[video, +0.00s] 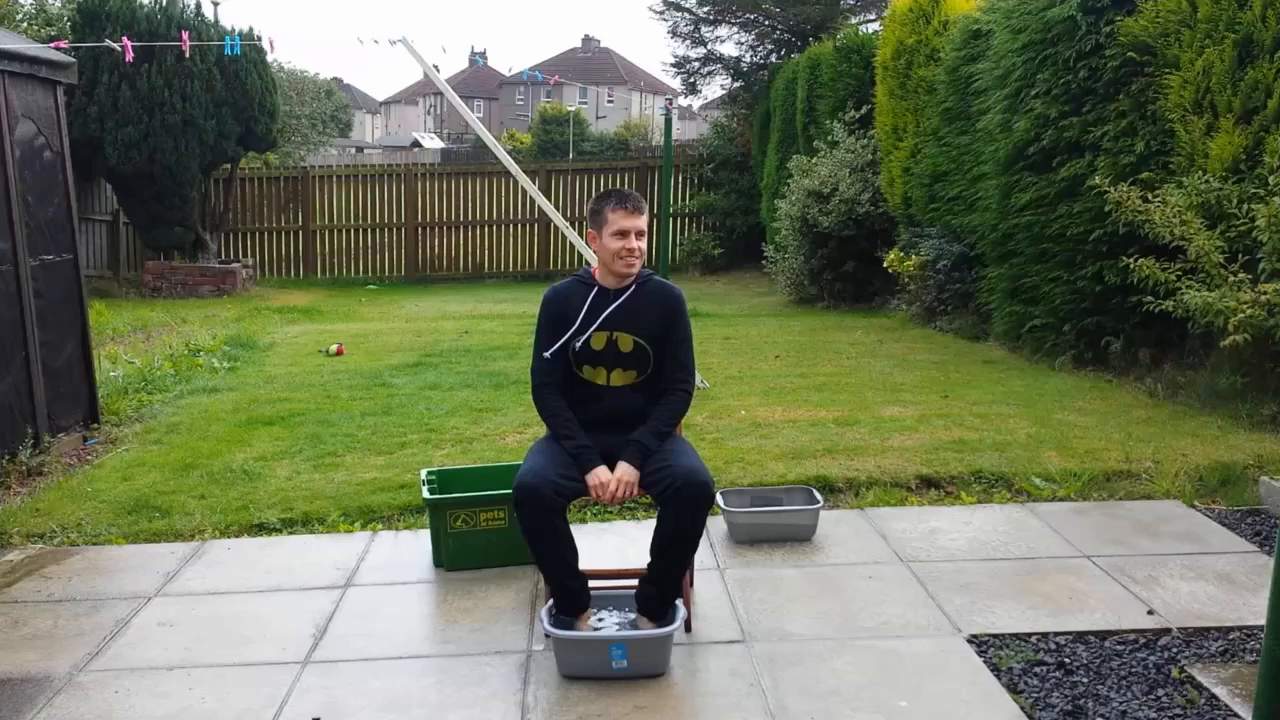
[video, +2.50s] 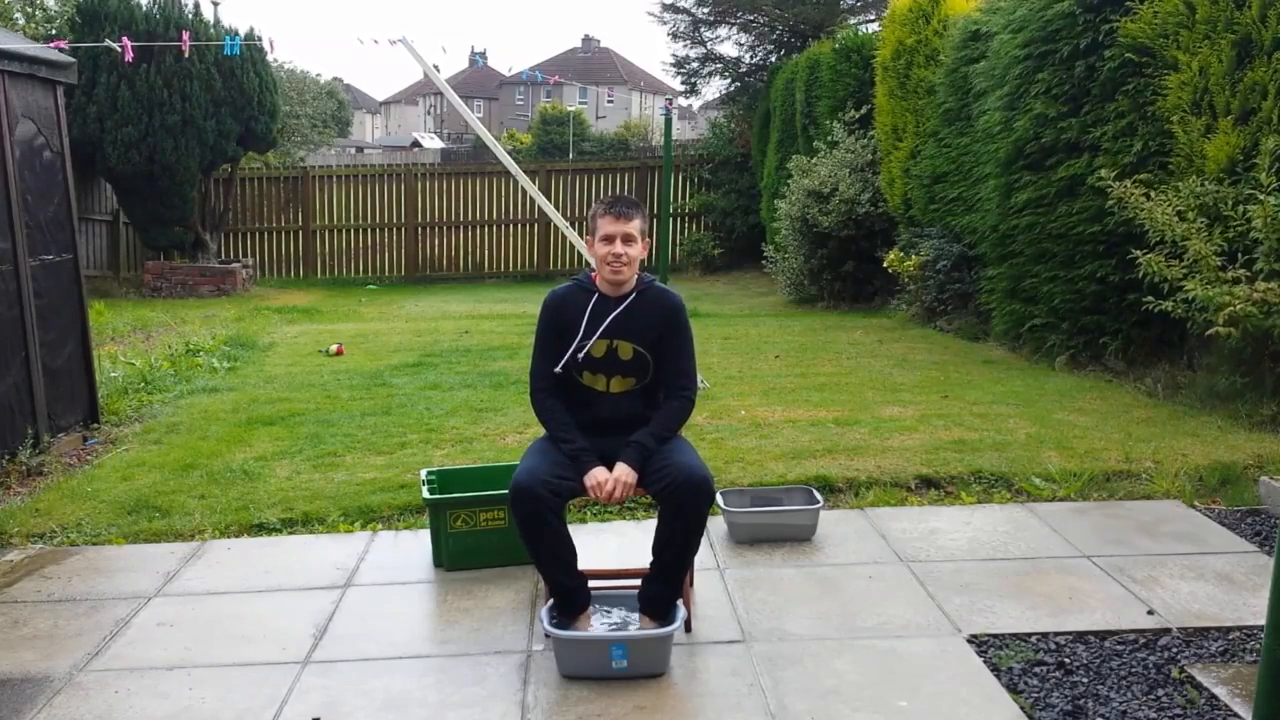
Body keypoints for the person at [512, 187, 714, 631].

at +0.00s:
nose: (633, 245)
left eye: (639, 235)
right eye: (620, 235)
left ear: (648, 238)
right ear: (594, 239)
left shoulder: (666, 300)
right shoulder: (561, 300)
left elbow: (679, 389)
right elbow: (545, 388)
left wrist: (634, 457)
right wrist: (589, 461)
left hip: (649, 434)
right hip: (575, 435)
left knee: (694, 486)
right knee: (531, 489)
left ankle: (655, 601)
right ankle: (572, 602)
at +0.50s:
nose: (627, 241)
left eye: (636, 231)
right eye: (615, 232)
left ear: (649, 239)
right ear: (595, 240)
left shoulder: (670, 301)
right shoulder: (566, 299)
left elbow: (680, 390)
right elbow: (547, 386)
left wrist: (633, 456)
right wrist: (588, 460)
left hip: (650, 434)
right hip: (575, 435)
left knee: (693, 486)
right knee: (530, 489)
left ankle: (654, 605)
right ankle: (573, 606)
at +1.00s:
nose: (604, 248)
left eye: (615, 238)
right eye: (593, 238)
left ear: (631, 244)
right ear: (577, 242)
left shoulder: (655, 297)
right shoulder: (550, 304)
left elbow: (673, 385)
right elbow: (541, 394)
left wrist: (634, 455)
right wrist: (589, 461)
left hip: (646, 433)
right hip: (573, 437)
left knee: (692, 479)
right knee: (528, 491)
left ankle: (658, 600)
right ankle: (572, 604)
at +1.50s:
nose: (618, 250)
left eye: (630, 239)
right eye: (609, 239)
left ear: (648, 247)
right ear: (594, 245)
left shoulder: (670, 305)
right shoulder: (565, 301)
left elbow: (683, 395)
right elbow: (546, 388)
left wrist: (631, 456)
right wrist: (586, 461)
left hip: (648, 435)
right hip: (574, 436)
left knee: (689, 484)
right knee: (527, 487)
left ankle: (654, 604)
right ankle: (569, 604)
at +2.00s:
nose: (646, 250)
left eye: (658, 241)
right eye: (637, 239)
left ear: (672, 249)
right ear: (619, 243)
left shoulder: (683, 312)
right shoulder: (579, 299)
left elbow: (686, 396)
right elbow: (552, 385)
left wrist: (635, 454)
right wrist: (588, 460)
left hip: (650, 436)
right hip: (577, 435)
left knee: (695, 485)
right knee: (533, 485)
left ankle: (655, 605)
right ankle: (575, 603)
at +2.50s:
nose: (617, 250)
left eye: (628, 240)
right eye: (607, 240)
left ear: (644, 248)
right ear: (590, 246)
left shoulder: (665, 306)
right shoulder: (561, 304)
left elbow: (681, 394)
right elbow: (543, 392)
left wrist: (634, 458)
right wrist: (587, 462)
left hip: (648, 435)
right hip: (574, 437)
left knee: (694, 484)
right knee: (527, 490)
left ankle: (658, 602)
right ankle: (572, 601)